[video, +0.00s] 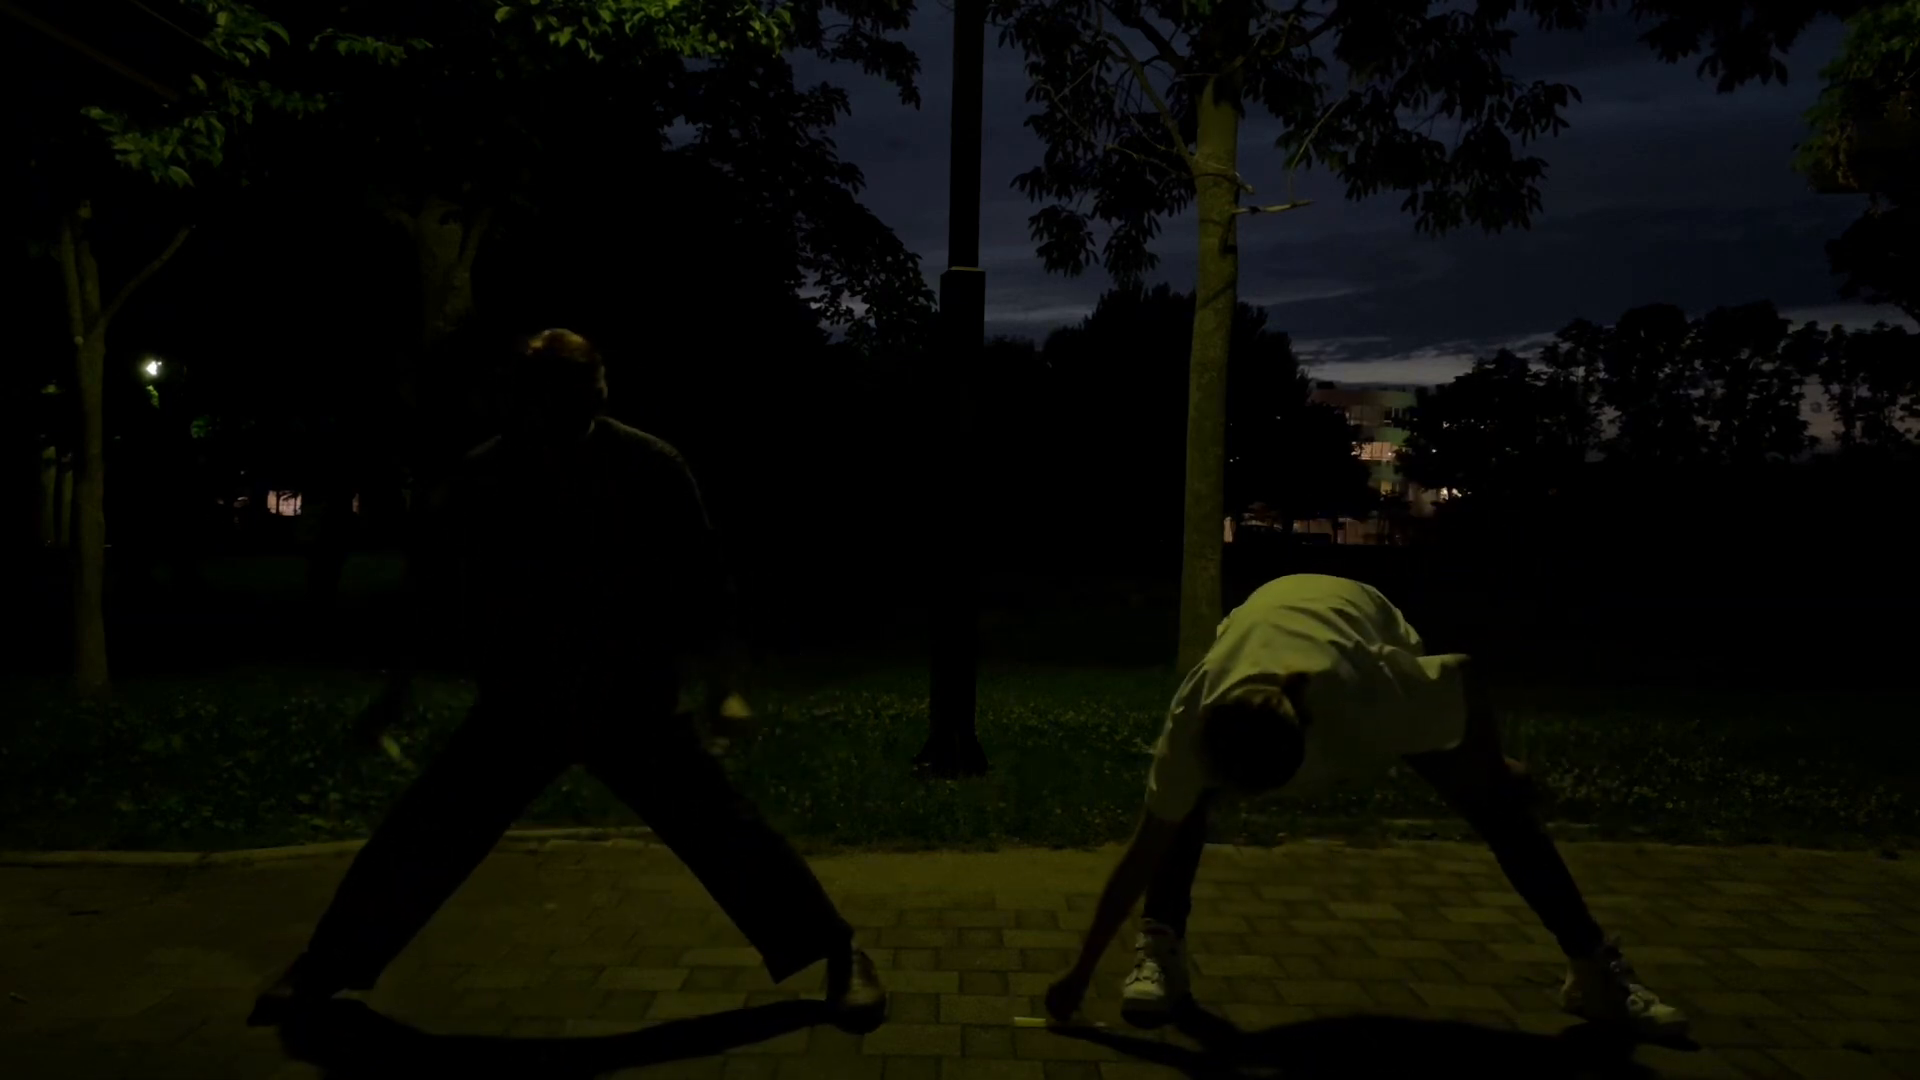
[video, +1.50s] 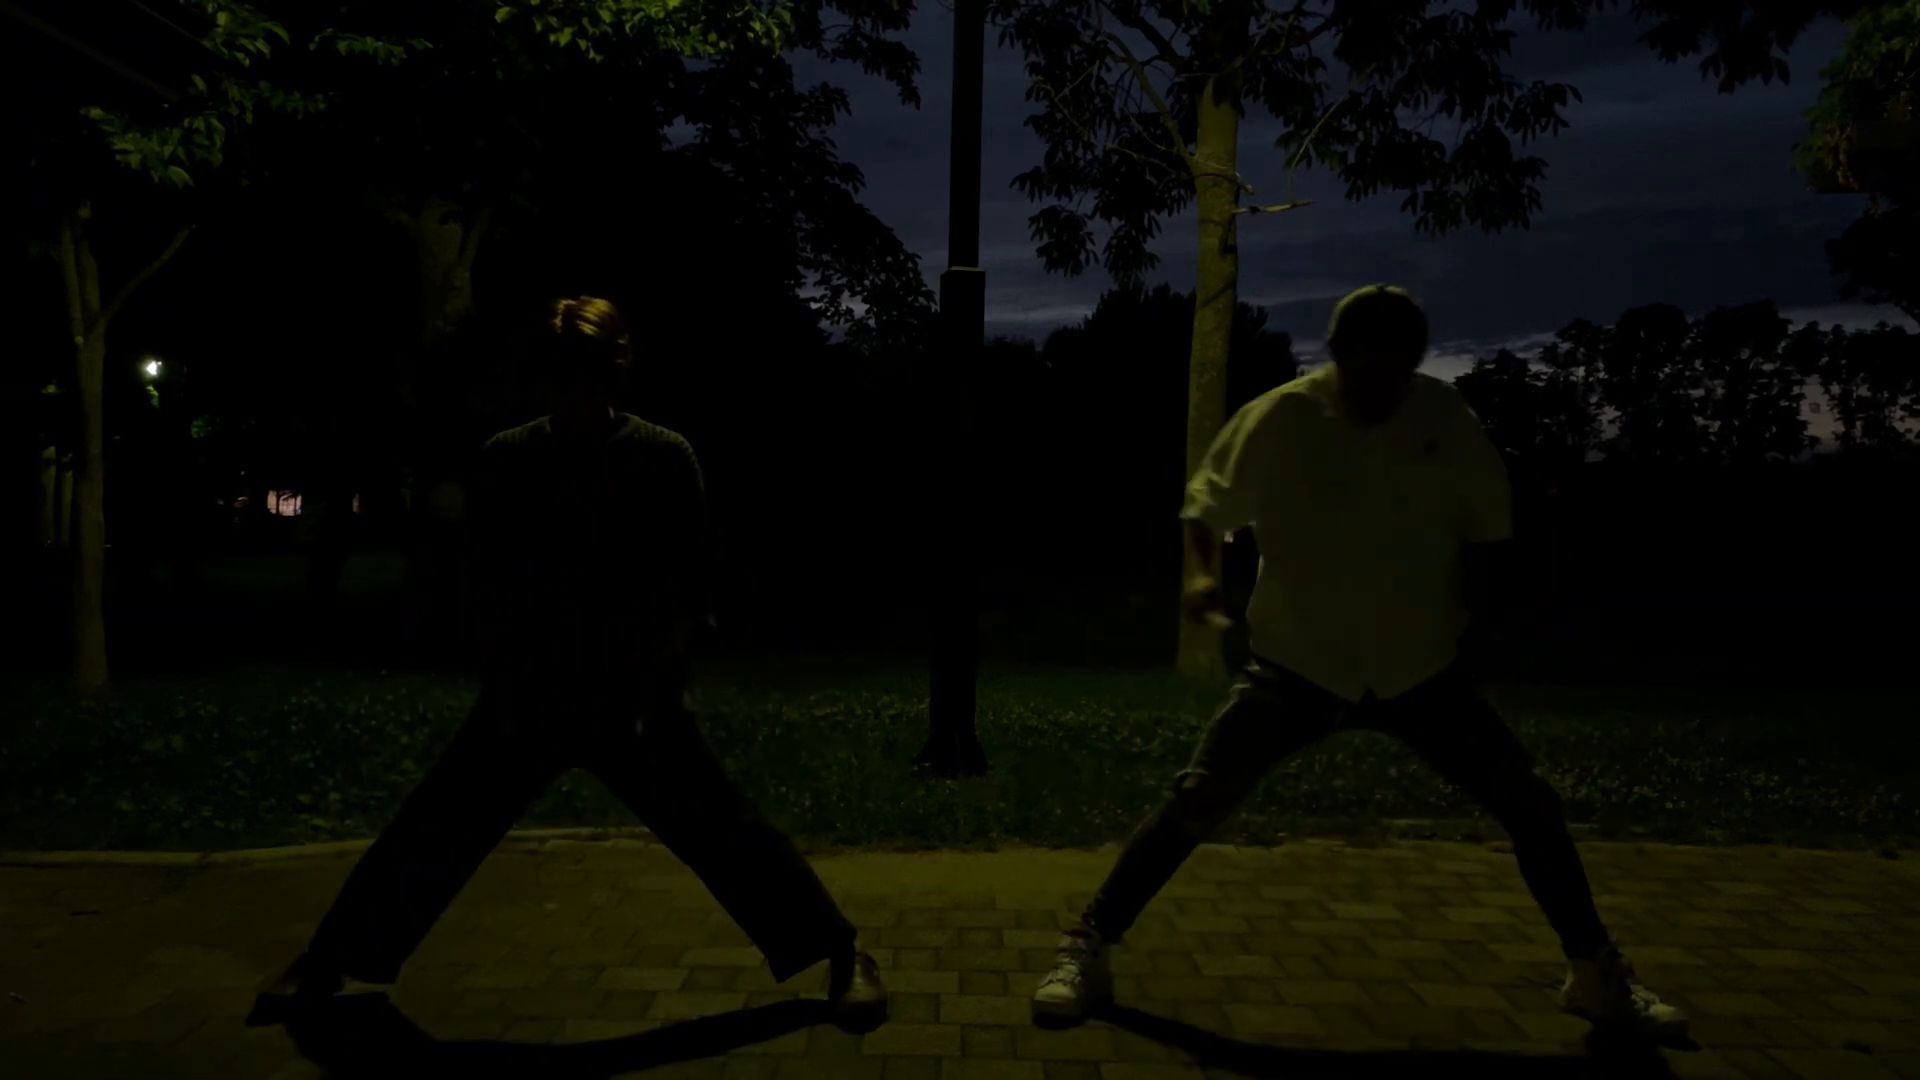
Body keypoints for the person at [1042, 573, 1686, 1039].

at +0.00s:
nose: (1238, 794)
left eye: (1258, 780)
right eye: (1227, 776)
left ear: (1293, 732)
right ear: (1216, 744)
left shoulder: (1376, 688)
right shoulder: (1187, 733)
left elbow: (1470, 680)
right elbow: (1145, 850)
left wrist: (1499, 765)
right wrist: (1082, 970)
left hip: (1365, 618)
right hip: (1251, 625)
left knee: (1497, 808)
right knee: (1180, 804)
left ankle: (1601, 973)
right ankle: (1162, 960)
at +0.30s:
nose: (1248, 778)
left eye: (1264, 763)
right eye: (1239, 761)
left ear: (1302, 709)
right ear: (1222, 734)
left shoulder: (1381, 679)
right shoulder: (1199, 721)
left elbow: (1474, 674)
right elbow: (1147, 837)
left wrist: (1500, 762)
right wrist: (1079, 952)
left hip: (1373, 615)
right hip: (1256, 621)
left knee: (1501, 807)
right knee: (1185, 803)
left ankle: (1600, 973)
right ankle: (1159, 959)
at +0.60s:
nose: (1342, 636)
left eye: (1357, 623)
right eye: (1329, 620)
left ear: (1392, 587)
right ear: (1304, 588)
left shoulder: (1455, 574)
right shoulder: (1267, 576)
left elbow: (1511, 676)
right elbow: (1188, 643)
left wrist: (1546, 767)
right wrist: (1142, 721)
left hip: (1424, 668)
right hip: (1304, 670)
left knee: (1533, 803)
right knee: (1236, 788)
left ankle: (1601, 975)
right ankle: (1162, 951)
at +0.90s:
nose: (1363, 473)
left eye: (1380, 460)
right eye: (1356, 455)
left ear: (1420, 441)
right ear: (1342, 429)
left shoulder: (1491, 469)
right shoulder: (1308, 444)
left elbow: (1545, 577)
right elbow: (1272, 543)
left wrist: (1540, 684)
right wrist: (1248, 629)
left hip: (1435, 663)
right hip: (1313, 653)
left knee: (1535, 804)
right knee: (1207, 782)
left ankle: (1601, 974)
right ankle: (1101, 936)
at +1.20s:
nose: (1333, 409)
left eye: (1346, 392)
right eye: (1320, 392)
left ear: (1370, 384)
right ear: (1290, 385)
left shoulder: (1413, 428)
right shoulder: (1237, 438)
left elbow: (1464, 543)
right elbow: (1162, 522)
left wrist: (1457, 640)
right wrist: (1119, 609)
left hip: (1403, 666)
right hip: (1279, 668)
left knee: (1516, 806)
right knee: (1184, 796)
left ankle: (1599, 976)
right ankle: (1085, 953)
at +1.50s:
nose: (1377, 387)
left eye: (1393, 371)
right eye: (1365, 369)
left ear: (1416, 365)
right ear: (1336, 357)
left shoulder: (1446, 425)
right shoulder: (1280, 418)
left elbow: (1488, 537)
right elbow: (1206, 506)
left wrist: (1474, 620)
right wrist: (1204, 577)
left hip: (1421, 669)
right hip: (1294, 668)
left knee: (1529, 806)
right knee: (1197, 802)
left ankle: (1600, 975)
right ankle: (1087, 951)